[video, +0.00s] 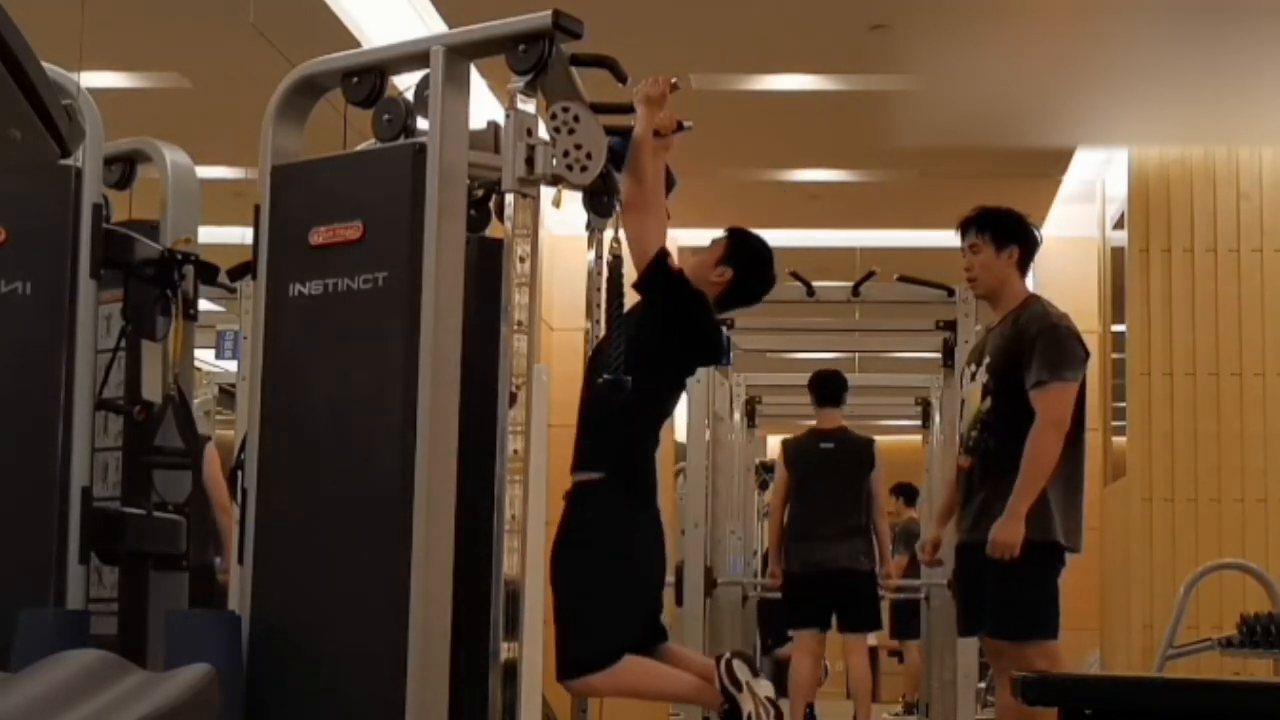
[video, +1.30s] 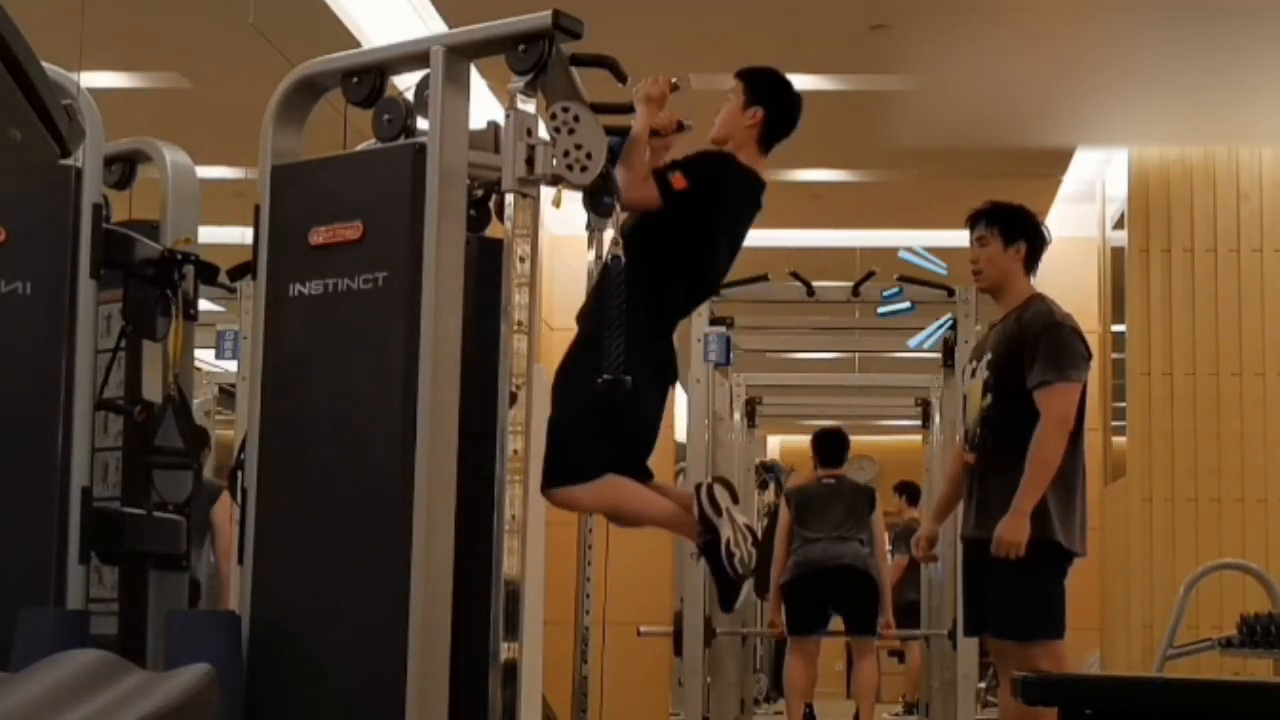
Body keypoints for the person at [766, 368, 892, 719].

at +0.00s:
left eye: (815, 396)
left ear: (811, 399)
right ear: (845, 398)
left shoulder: (791, 448)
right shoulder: (866, 447)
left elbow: (777, 508)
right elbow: (879, 510)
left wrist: (773, 558)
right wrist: (887, 559)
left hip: (806, 566)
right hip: (853, 565)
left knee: (805, 649)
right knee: (857, 650)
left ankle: (796, 715)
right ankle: (863, 714)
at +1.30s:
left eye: (816, 452)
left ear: (813, 456)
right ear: (847, 455)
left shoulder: (793, 496)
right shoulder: (867, 495)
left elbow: (779, 557)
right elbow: (881, 557)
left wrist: (774, 607)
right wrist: (887, 611)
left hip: (806, 583)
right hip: (856, 582)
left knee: (801, 652)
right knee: (864, 652)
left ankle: (797, 715)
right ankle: (865, 715)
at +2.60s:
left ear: (815, 399)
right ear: (848, 398)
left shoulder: (794, 449)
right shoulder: (869, 449)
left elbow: (774, 512)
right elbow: (886, 513)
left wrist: (773, 563)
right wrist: (891, 566)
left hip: (808, 564)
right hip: (856, 563)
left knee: (806, 648)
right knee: (859, 650)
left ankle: (798, 715)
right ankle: (863, 715)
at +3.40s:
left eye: (814, 396)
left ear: (811, 399)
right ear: (845, 398)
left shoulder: (790, 448)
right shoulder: (866, 447)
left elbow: (771, 509)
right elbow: (884, 510)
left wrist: (772, 559)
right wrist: (888, 560)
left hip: (806, 567)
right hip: (855, 566)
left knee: (805, 649)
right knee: (858, 650)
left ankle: (797, 716)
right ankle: (863, 715)